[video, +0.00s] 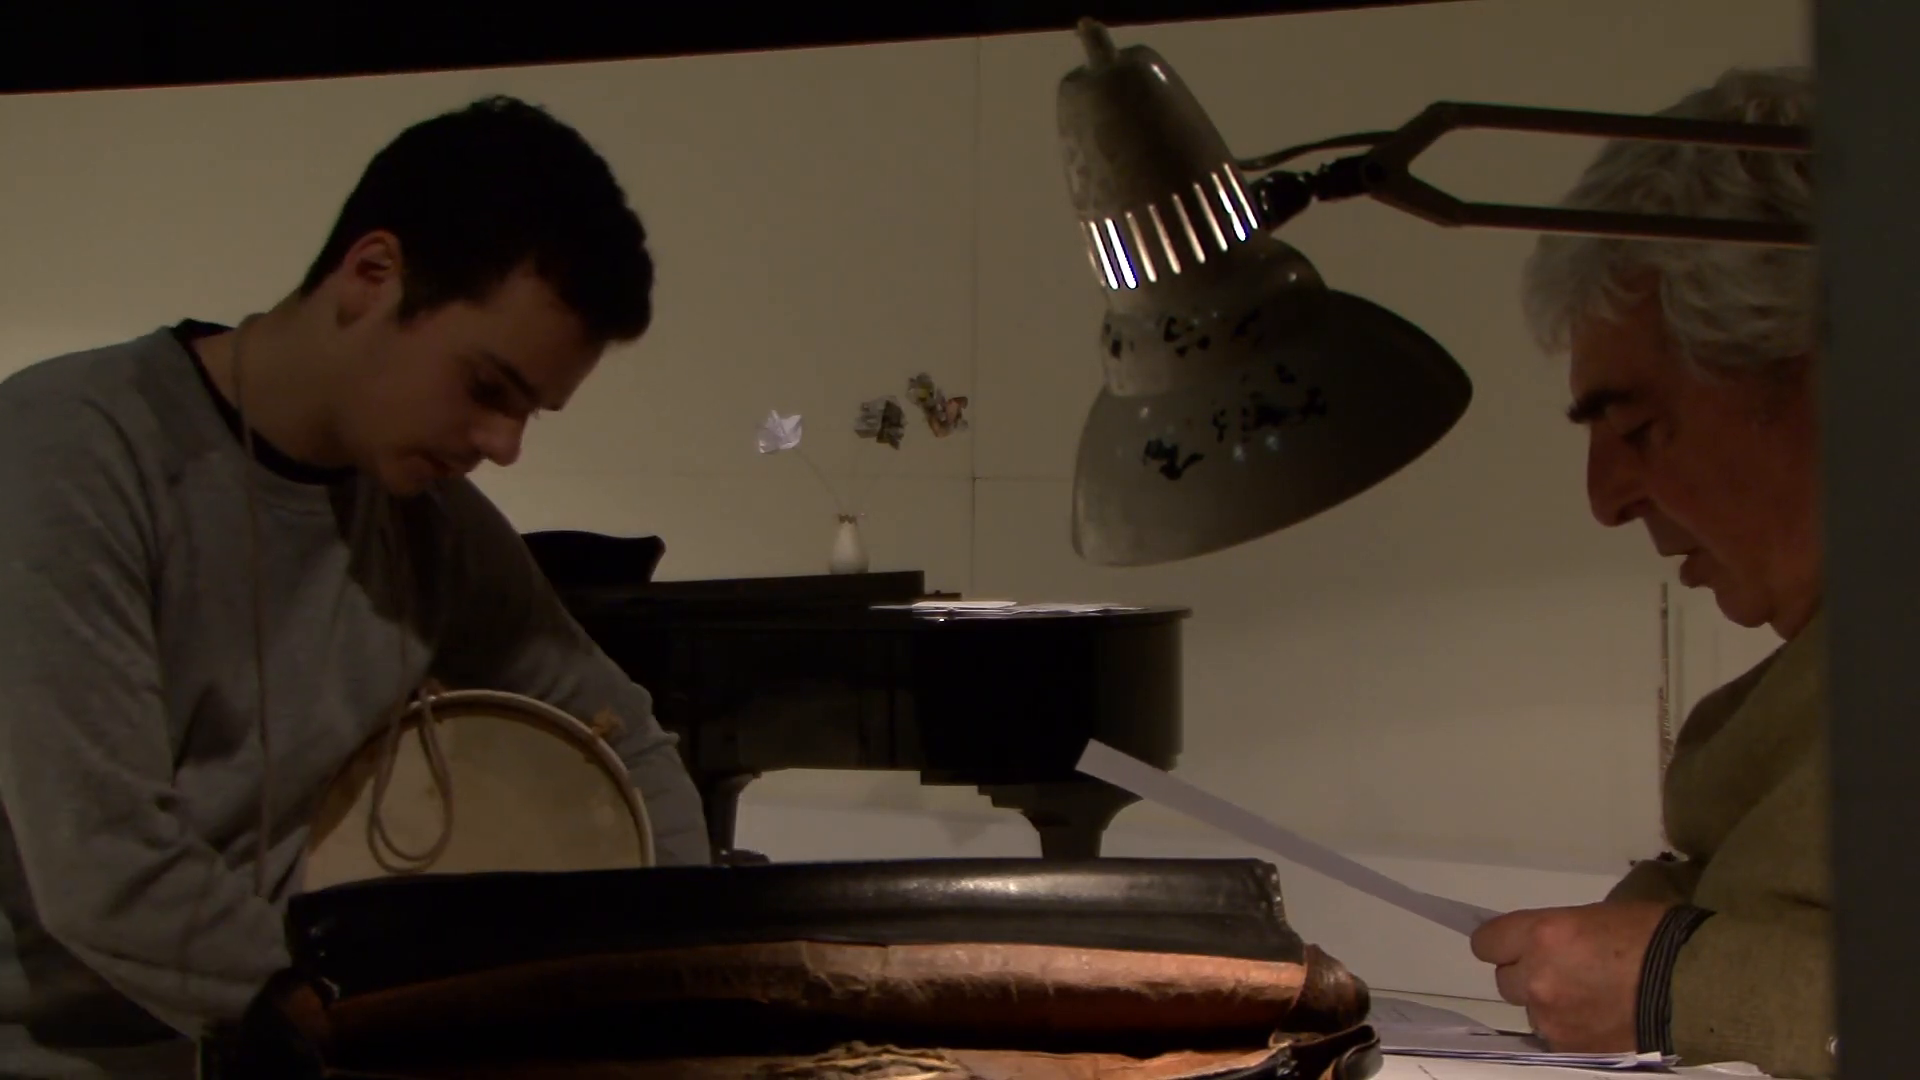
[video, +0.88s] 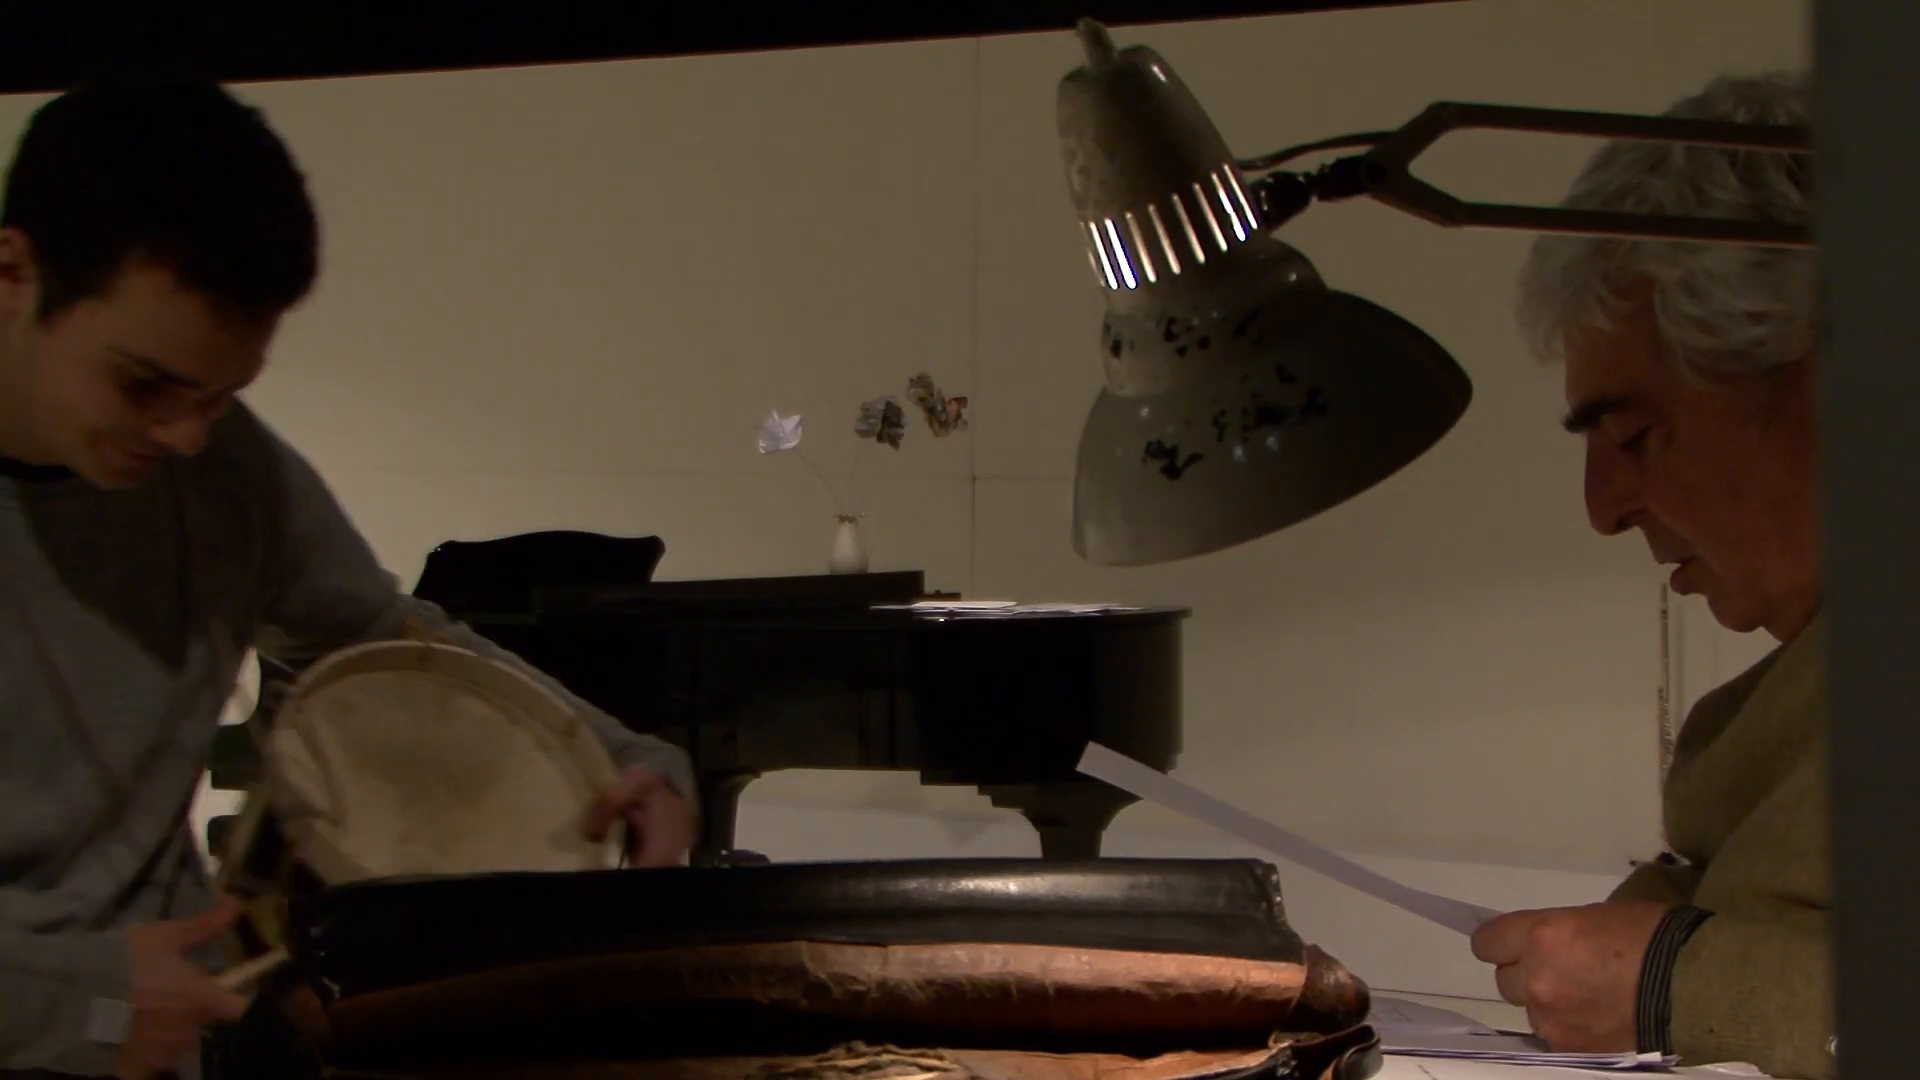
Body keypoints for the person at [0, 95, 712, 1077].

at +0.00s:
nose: (503, 448)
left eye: (527, 415)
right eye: (490, 391)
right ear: (368, 278)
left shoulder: (431, 516)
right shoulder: (56, 449)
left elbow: (623, 741)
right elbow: (102, 872)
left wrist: (672, 952)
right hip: (54, 1041)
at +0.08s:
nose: (477, 452)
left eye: (503, 417)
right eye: (465, 395)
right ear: (343, 281)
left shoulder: (414, 511)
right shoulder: (36, 450)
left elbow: (607, 736)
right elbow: (58, 867)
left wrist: (660, 949)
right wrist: (324, 1008)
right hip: (41, 1042)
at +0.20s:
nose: (409, 454)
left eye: (438, 420)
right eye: (393, 398)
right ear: (270, 283)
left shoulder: (385, 514)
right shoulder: (18, 450)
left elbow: (574, 736)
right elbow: (9, 859)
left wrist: (627, 960)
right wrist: (258, 1028)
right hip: (32, 1028)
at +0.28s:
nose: (354, 459)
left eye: (382, 423)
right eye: (333, 401)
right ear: (210, 287)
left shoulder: (346, 521)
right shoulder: (15, 468)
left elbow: (539, 730)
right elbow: (12, 932)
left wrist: (573, 972)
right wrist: (191, 1062)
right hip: (44, 1041)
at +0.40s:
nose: (262, 478)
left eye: (292, 439)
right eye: (235, 422)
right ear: (111, 307)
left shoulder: (282, 518)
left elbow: (469, 684)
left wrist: (543, 928)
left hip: (217, 1038)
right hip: (28, 1051)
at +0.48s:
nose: (205, 483)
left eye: (239, 444)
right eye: (173, 429)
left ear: (276, 401)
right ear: (48, 312)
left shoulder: (240, 505)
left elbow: (411, 650)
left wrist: (543, 868)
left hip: (134, 1047)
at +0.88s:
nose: (186, 438)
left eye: (221, 397)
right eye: (147, 386)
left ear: (250, 348)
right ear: (15, 279)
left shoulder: (228, 467)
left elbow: (394, 641)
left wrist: (608, 760)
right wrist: (72, 996)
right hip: (22, 1036)